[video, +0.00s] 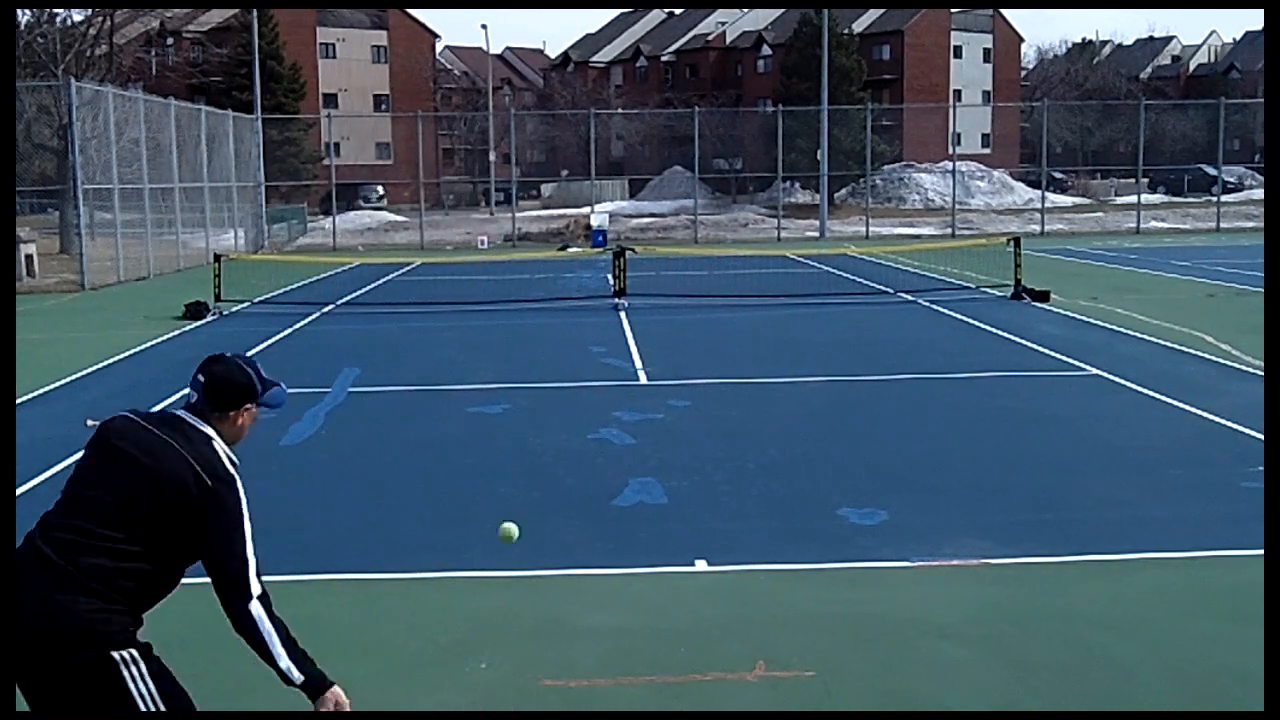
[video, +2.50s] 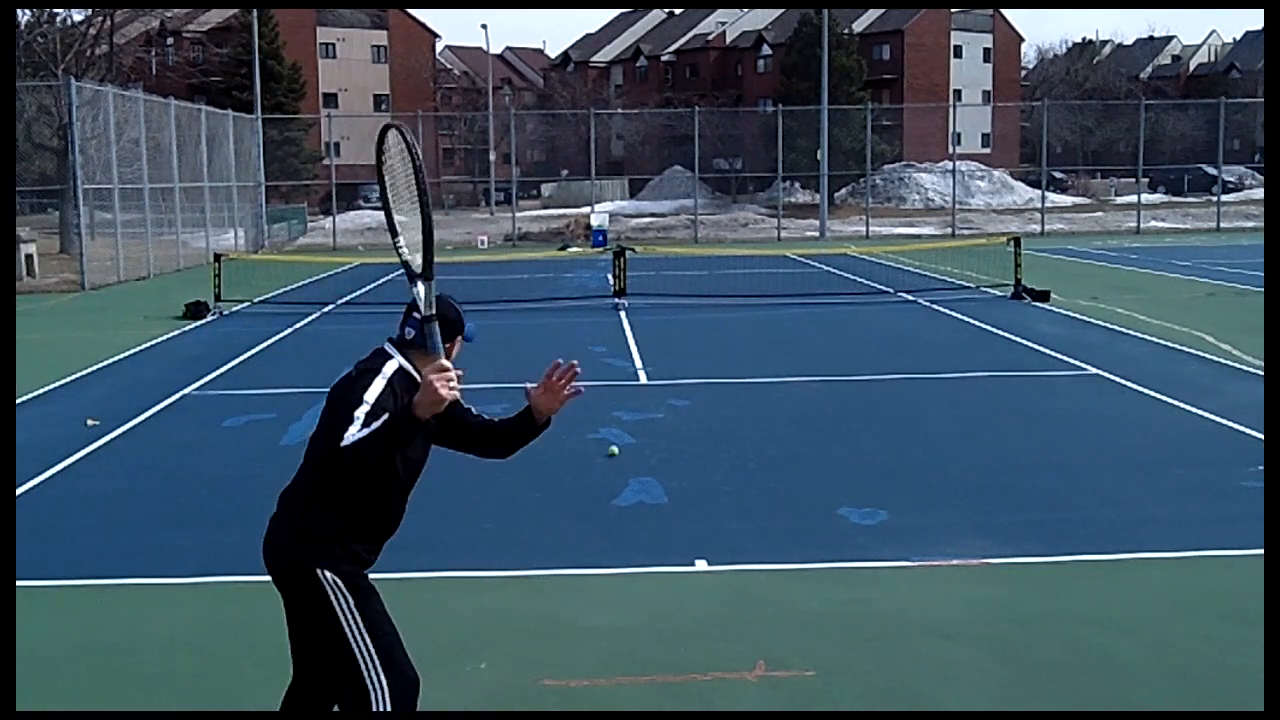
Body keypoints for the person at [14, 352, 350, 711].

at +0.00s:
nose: (255, 418)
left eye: (257, 409)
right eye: (256, 410)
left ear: (195, 397)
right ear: (240, 415)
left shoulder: (121, 425)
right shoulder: (216, 476)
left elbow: (77, 514)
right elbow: (245, 600)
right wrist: (315, 684)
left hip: (20, 609)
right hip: (92, 632)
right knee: (171, 708)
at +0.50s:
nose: (182, 307)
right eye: (179, 303)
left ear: (118, 312)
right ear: (174, 313)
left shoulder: (75, 385)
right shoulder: (201, 353)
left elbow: (20, 441)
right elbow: (148, 305)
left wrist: (21, 359)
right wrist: (52, 278)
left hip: (107, 576)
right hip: (198, 570)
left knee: (96, 703)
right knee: (229, 702)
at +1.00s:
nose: (329, 287)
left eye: (323, 278)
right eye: (327, 280)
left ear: (263, 288)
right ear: (322, 287)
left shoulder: (224, 351)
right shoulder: (351, 339)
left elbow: (180, 444)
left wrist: (203, 355)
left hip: (242, 551)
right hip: (332, 550)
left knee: (246, 694)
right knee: (340, 696)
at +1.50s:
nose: (470, 298)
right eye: (470, 292)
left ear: (406, 300)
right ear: (467, 299)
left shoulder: (369, 369)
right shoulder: (504, 363)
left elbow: (332, 477)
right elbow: (548, 464)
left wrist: (394, 462)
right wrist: (490, 484)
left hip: (404, 567)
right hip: (494, 563)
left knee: (371, 697)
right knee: (549, 692)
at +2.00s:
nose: (481, 329)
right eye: (480, 322)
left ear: (421, 325)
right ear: (476, 326)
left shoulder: (380, 382)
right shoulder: (478, 391)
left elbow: (397, 468)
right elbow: (514, 508)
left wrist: (481, 447)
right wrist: (512, 456)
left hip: (367, 568)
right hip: (446, 574)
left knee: (365, 695)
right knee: (518, 700)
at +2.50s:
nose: (457, 355)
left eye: (458, 345)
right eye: (457, 344)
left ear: (412, 335)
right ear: (447, 344)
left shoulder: (419, 390)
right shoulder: (378, 379)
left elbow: (492, 441)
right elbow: (342, 454)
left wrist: (536, 414)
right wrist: (413, 413)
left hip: (334, 553)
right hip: (313, 553)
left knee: (316, 687)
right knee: (391, 686)